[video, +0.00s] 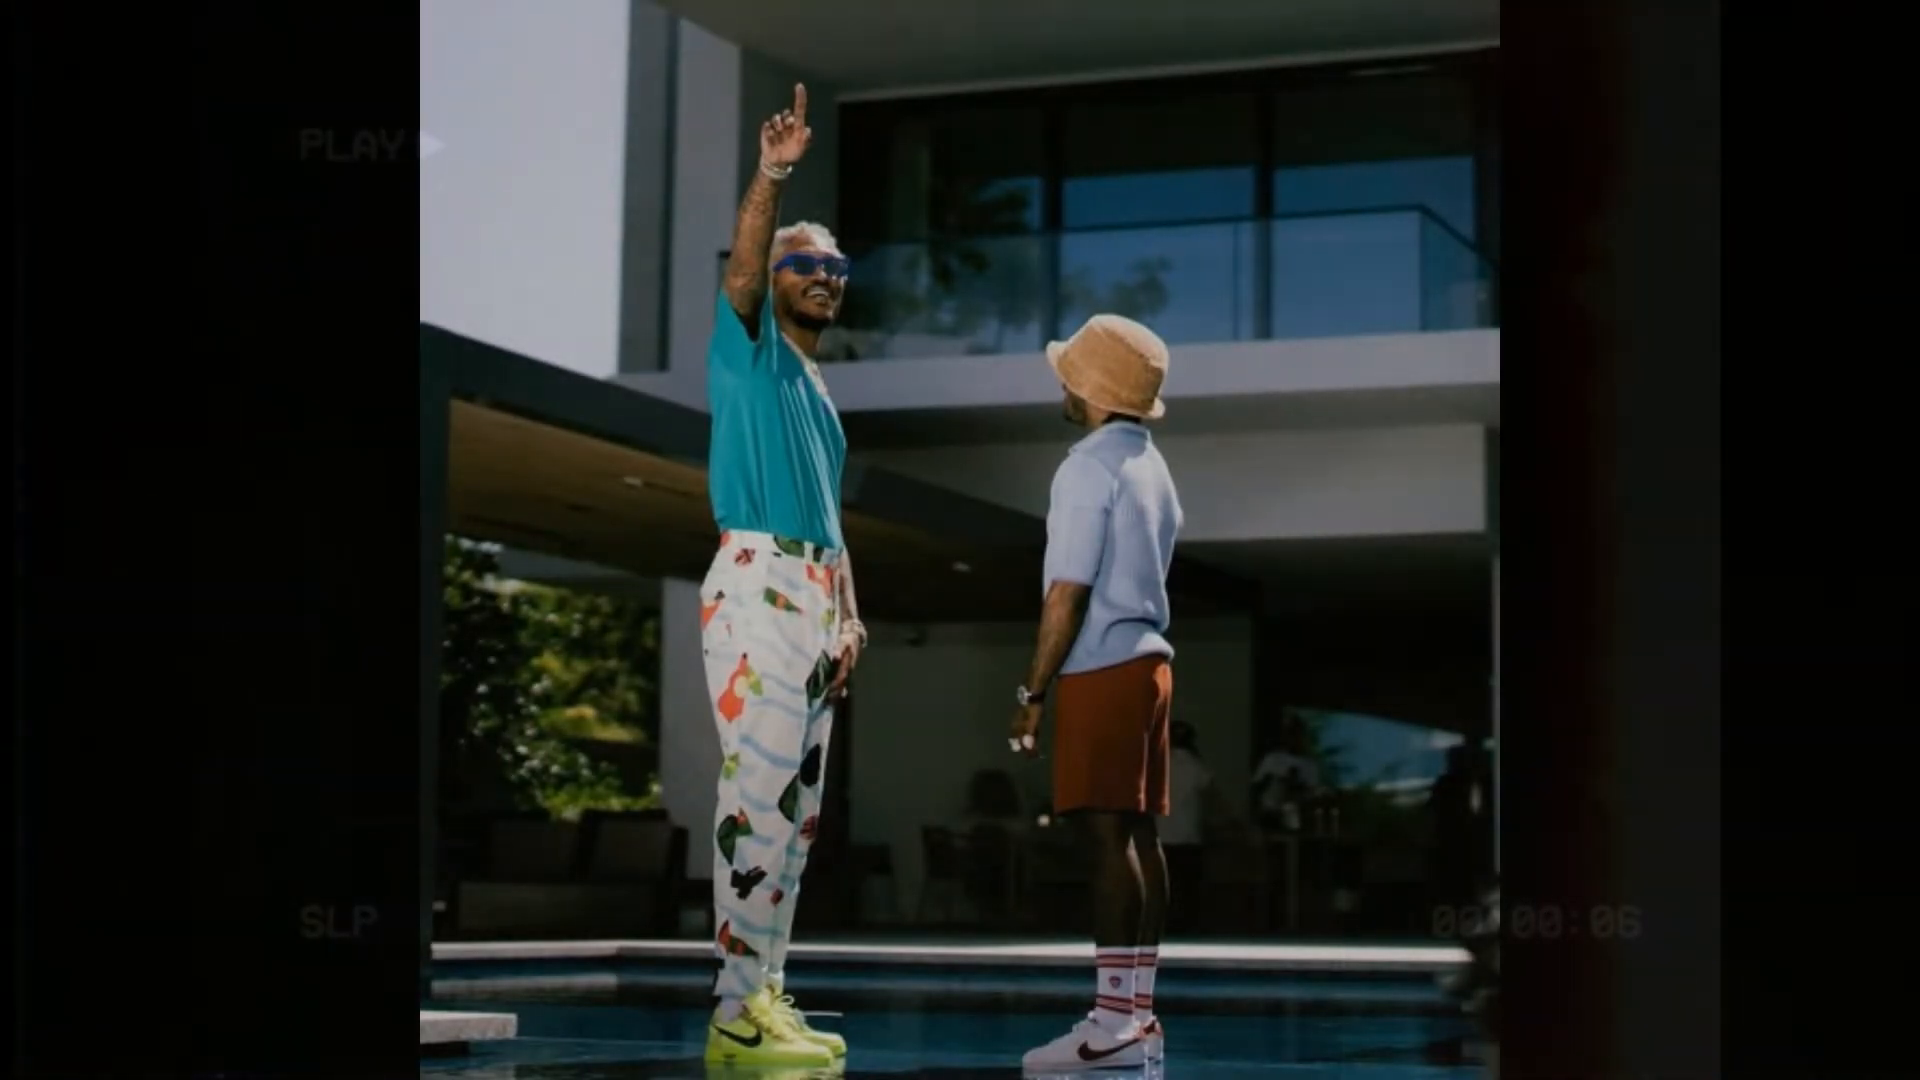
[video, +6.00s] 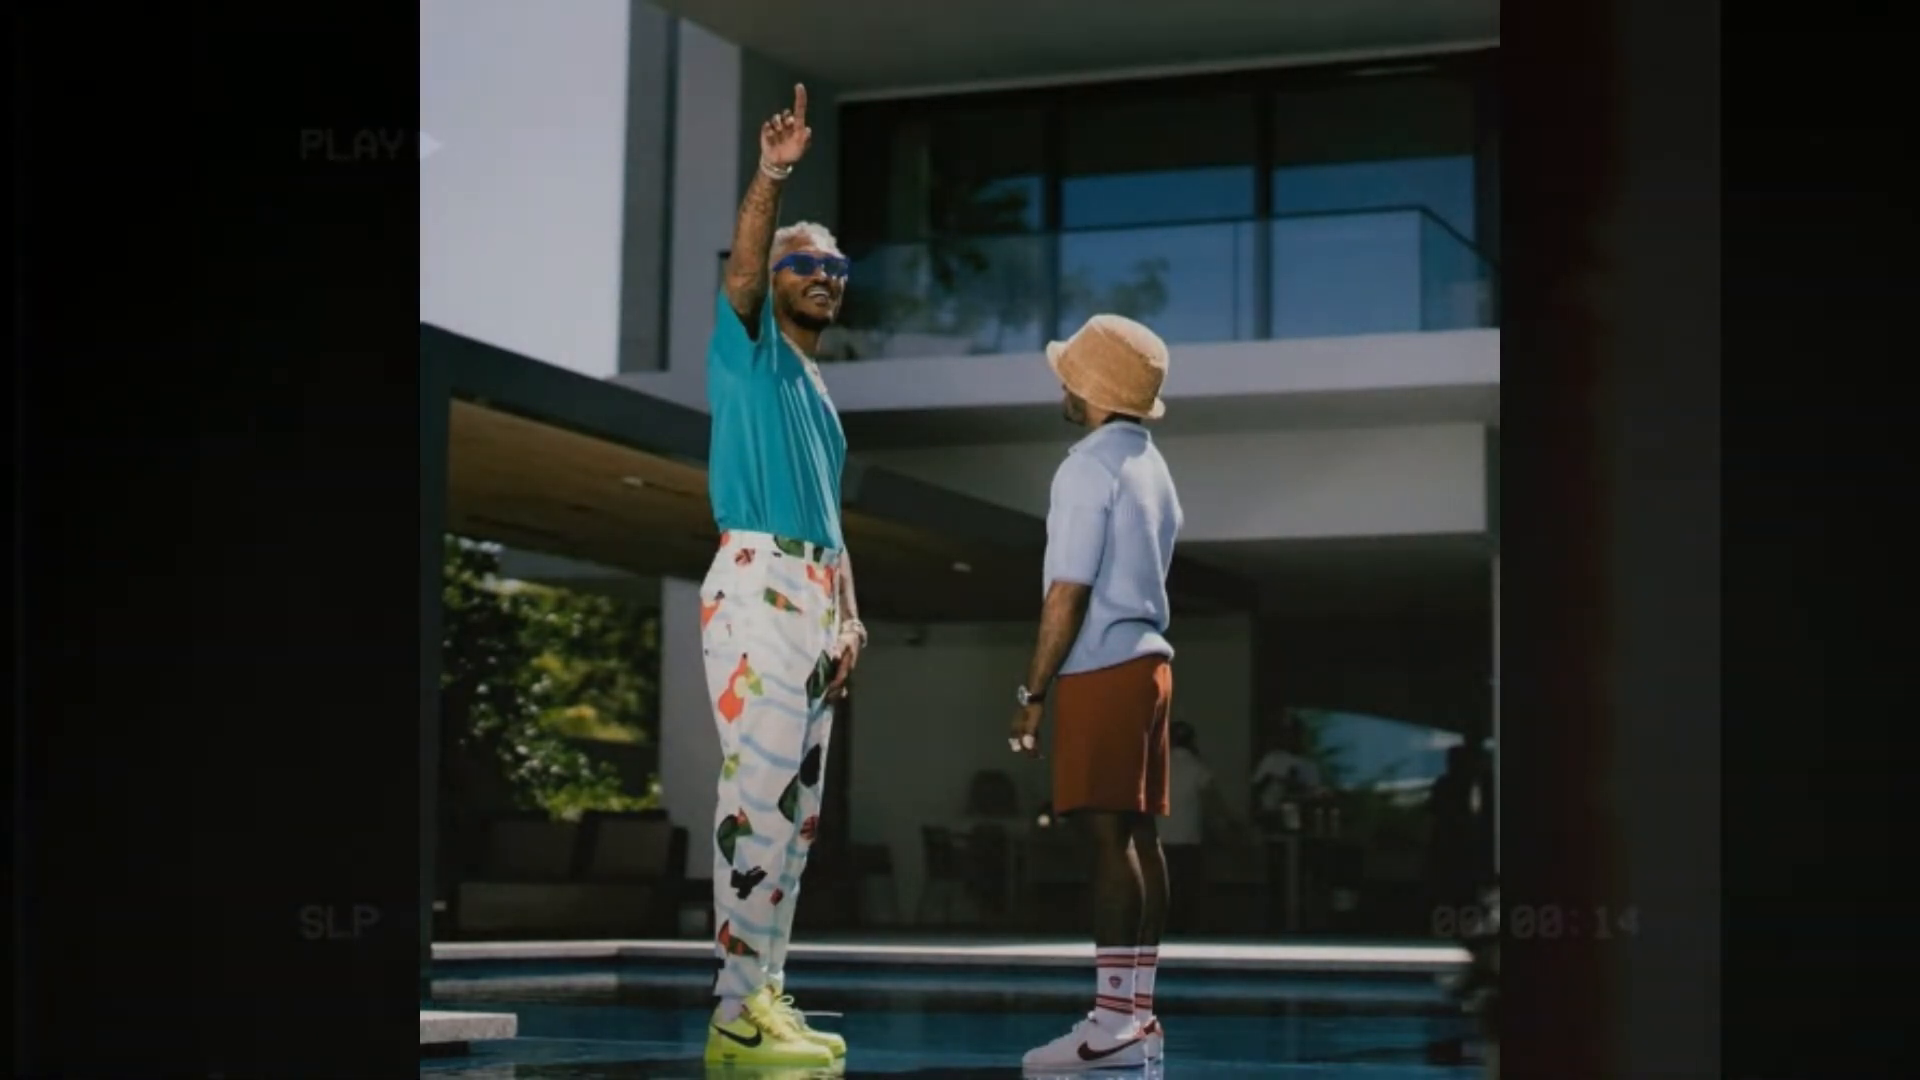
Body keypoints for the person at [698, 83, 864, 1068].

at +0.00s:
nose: (823, 283)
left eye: (834, 273)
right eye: (806, 268)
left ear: (841, 292)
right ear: (770, 278)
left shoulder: (818, 394)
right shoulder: (744, 343)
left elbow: (827, 520)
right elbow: (744, 267)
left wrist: (847, 612)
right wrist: (770, 173)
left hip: (813, 590)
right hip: (755, 581)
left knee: (793, 798)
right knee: (759, 793)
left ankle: (758, 1002)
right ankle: (745, 1007)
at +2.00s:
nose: (823, 283)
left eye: (834, 274)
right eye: (806, 268)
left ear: (841, 293)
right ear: (770, 278)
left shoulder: (818, 394)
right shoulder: (744, 343)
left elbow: (828, 520)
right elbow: (744, 268)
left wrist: (847, 612)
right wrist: (769, 174)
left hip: (814, 589)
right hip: (756, 581)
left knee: (794, 798)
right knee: (759, 791)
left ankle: (756, 1003)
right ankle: (746, 1003)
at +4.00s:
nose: (823, 282)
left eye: (834, 273)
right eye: (806, 268)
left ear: (841, 293)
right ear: (770, 278)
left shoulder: (818, 395)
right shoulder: (744, 343)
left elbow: (827, 520)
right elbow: (743, 268)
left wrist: (847, 613)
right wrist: (770, 173)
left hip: (814, 590)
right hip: (756, 582)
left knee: (794, 798)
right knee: (758, 791)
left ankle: (757, 1002)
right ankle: (746, 1003)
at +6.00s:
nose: (823, 283)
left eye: (834, 274)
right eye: (806, 268)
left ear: (841, 293)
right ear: (770, 278)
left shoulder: (817, 393)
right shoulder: (744, 343)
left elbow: (827, 519)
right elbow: (743, 268)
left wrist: (846, 612)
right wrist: (770, 174)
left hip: (814, 590)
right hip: (756, 582)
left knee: (793, 799)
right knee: (759, 791)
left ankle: (754, 1007)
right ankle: (748, 1004)